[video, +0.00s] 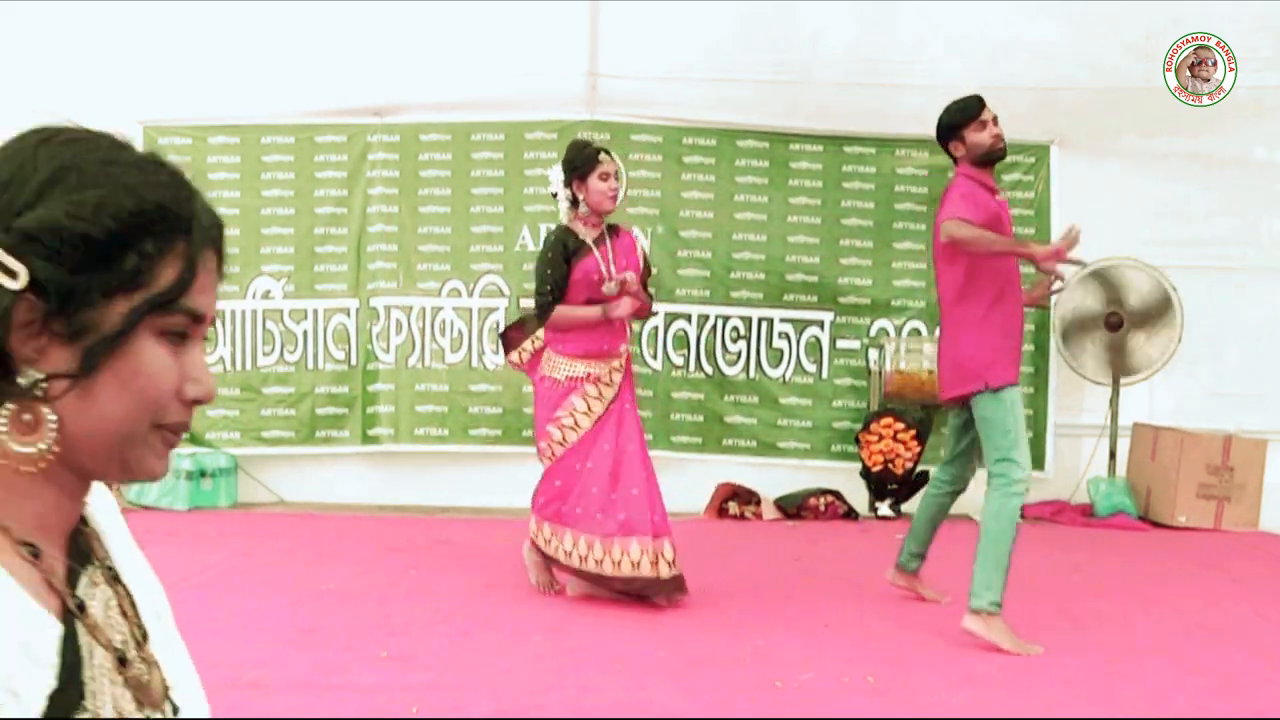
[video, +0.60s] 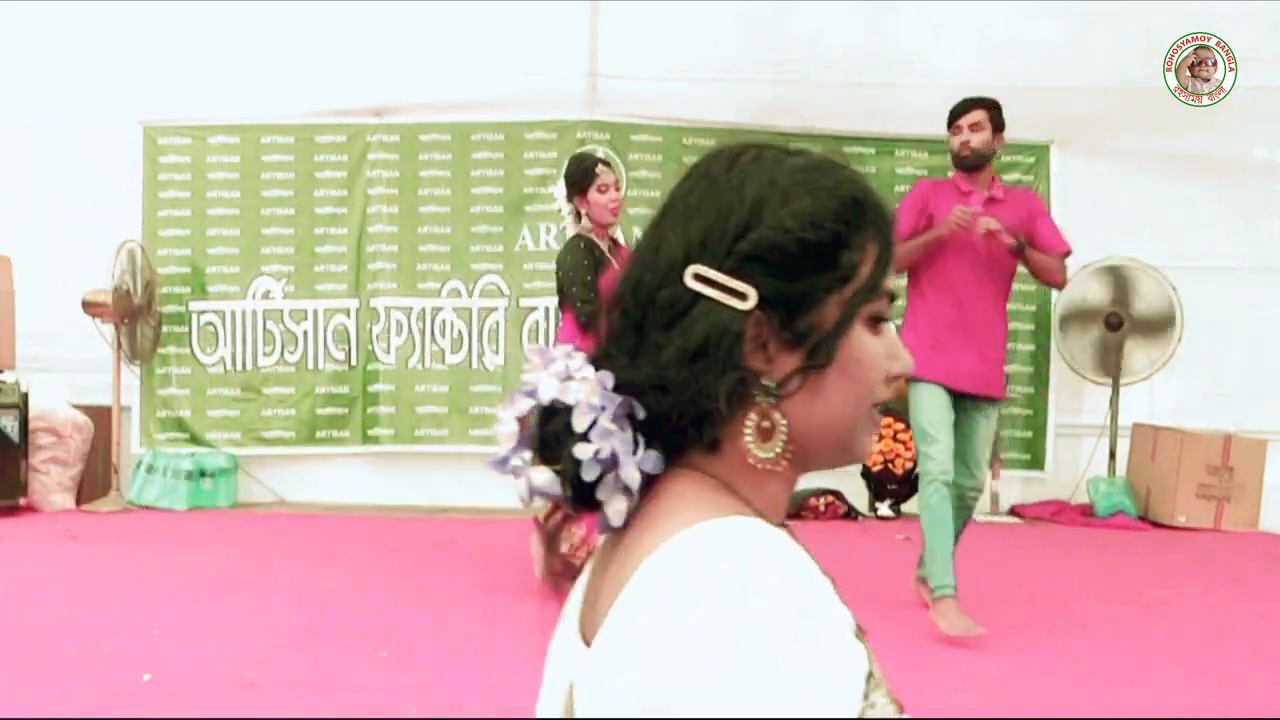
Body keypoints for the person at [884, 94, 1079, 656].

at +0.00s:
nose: (996, 130)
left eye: (995, 121)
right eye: (984, 126)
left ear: (994, 134)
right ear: (958, 144)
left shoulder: (983, 197)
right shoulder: (968, 189)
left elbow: (980, 292)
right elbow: (953, 232)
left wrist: (1032, 295)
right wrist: (1033, 250)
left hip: (977, 355)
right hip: (984, 358)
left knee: (952, 474)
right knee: (1011, 475)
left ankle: (906, 567)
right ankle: (985, 610)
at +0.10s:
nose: (1003, 123)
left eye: (1000, 115)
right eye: (991, 119)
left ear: (976, 135)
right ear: (964, 137)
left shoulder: (972, 186)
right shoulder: (973, 174)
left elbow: (942, 264)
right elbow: (988, 178)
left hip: (981, 352)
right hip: (992, 353)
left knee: (969, 465)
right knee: (1009, 482)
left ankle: (915, 565)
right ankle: (982, 618)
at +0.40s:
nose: (1000, 130)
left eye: (999, 122)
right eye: (987, 125)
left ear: (989, 134)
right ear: (958, 141)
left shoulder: (970, 192)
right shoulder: (963, 184)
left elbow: (937, 292)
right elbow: (989, 234)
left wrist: (1012, 320)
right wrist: (1057, 184)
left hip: (982, 363)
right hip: (976, 363)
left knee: (989, 481)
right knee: (1001, 488)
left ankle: (927, 571)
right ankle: (961, 621)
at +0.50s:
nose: (978, 147)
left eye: (986, 138)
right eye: (965, 142)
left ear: (1000, 153)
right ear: (951, 159)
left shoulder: (1004, 228)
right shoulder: (941, 213)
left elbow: (1000, 314)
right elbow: (921, 291)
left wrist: (1025, 309)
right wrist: (997, 279)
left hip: (991, 375)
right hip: (952, 372)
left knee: (995, 497)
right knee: (974, 488)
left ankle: (929, 571)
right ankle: (959, 622)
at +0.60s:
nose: (967, 137)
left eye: (977, 129)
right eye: (958, 130)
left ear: (998, 139)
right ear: (948, 141)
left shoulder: (1023, 203)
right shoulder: (927, 194)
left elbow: (1058, 275)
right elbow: (893, 260)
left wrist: (1017, 244)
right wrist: (941, 232)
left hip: (985, 359)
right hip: (927, 352)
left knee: (969, 482)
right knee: (936, 470)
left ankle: (928, 569)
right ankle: (944, 592)